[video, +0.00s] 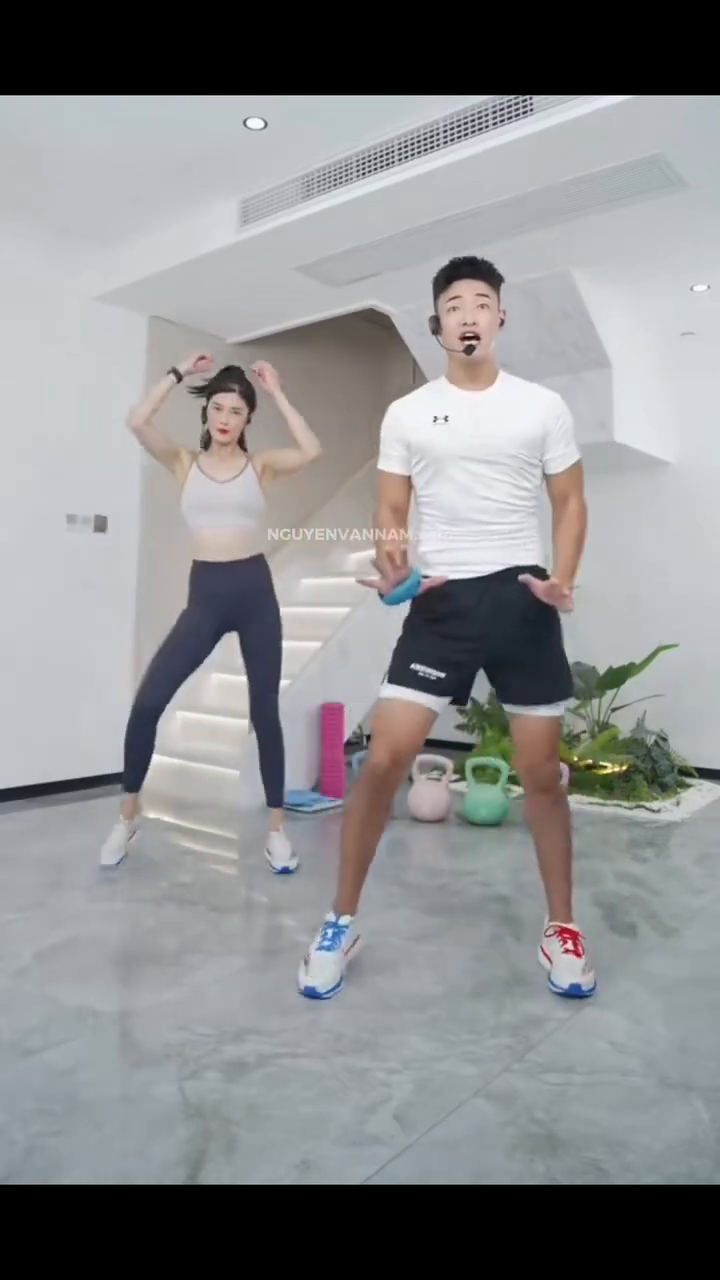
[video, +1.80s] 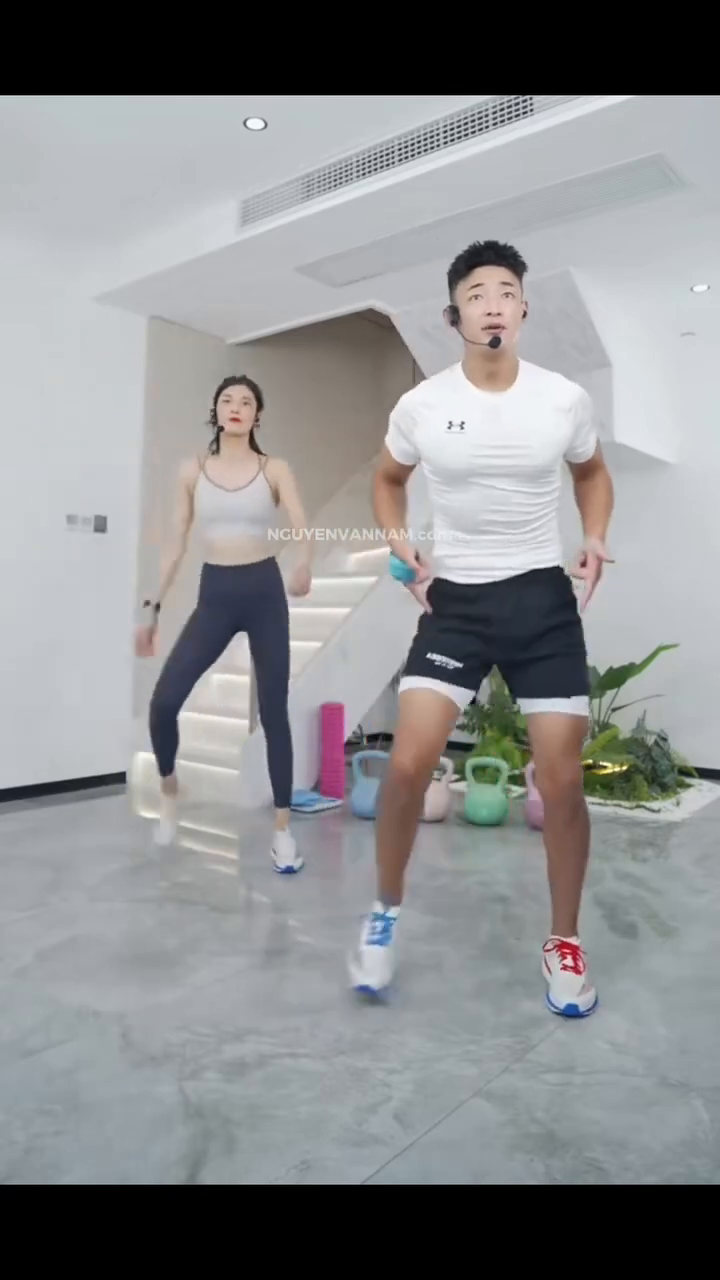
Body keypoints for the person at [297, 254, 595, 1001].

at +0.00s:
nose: (469, 317)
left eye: (481, 305)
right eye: (456, 306)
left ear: (502, 318)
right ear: (437, 324)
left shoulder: (543, 408)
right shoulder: (406, 415)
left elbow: (570, 504)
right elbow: (391, 519)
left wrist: (562, 580)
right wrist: (393, 558)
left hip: (525, 604)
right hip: (438, 605)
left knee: (542, 775)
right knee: (385, 758)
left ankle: (561, 929)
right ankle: (340, 921)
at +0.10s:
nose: (487, 316)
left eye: (501, 304)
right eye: (473, 305)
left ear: (520, 317)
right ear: (456, 323)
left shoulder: (560, 407)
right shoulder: (425, 412)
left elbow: (588, 503)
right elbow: (409, 515)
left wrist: (581, 579)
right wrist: (416, 564)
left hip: (539, 602)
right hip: (454, 601)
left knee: (549, 776)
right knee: (406, 753)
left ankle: (561, 929)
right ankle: (393, 896)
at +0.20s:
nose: (498, 314)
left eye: (511, 302)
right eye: (485, 303)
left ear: (530, 315)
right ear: (467, 320)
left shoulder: (570, 406)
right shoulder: (436, 412)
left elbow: (597, 501)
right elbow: (418, 516)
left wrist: (589, 575)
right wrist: (430, 564)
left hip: (547, 600)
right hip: (465, 599)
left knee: (553, 776)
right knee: (439, 759)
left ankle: (563, 928)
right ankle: (461, 885)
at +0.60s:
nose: (486, 316)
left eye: (498, 304)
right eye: (473, 306)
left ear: (518, 319)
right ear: (456, 322)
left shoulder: (557, 410)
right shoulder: (422, 411)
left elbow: (579, 506)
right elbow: (403, 508)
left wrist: (564, 579)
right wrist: (409, 543)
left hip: (529, 603)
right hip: (445, 603)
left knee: (547, 777)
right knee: (399, 768)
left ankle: (562, 929)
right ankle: (377, 913)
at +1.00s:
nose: (405, 313)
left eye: (419, 301)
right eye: (391, 302)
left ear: (438, 317)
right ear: (374, 320)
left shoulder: (476, 407)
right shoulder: (338, 404)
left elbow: (499, 494)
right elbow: (316, 492)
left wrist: (490, 555)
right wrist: (316, 542)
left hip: (442, 599)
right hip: (359, 600)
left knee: (471, 768)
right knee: (343, 766)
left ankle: (457, 890)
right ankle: (331, 936)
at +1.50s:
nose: (420, 301)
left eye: (433, 289)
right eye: (406, 289)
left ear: (453, 307)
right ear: (385, 308)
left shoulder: (492, 397)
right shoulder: (348, 402)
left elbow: (514, 473)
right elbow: (315, 474)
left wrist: (514, 531)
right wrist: (322, 530)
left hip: (469, 596)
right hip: (382, 601)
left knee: (521, 767)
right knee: (358, 769)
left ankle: (534, 931)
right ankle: (334, 937)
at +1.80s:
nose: (493, 306)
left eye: (507, 293)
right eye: (478, 294)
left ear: (525, 310)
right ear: (455, 313)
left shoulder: (565, 402)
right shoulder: (419, 407)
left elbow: (591, 471)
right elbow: (388, 481)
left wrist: (596, 537)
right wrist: (400, 540)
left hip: (544, 605)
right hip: (454, 608)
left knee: (562, 781)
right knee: (406, 766)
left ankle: (564, 945)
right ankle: (386, 911)